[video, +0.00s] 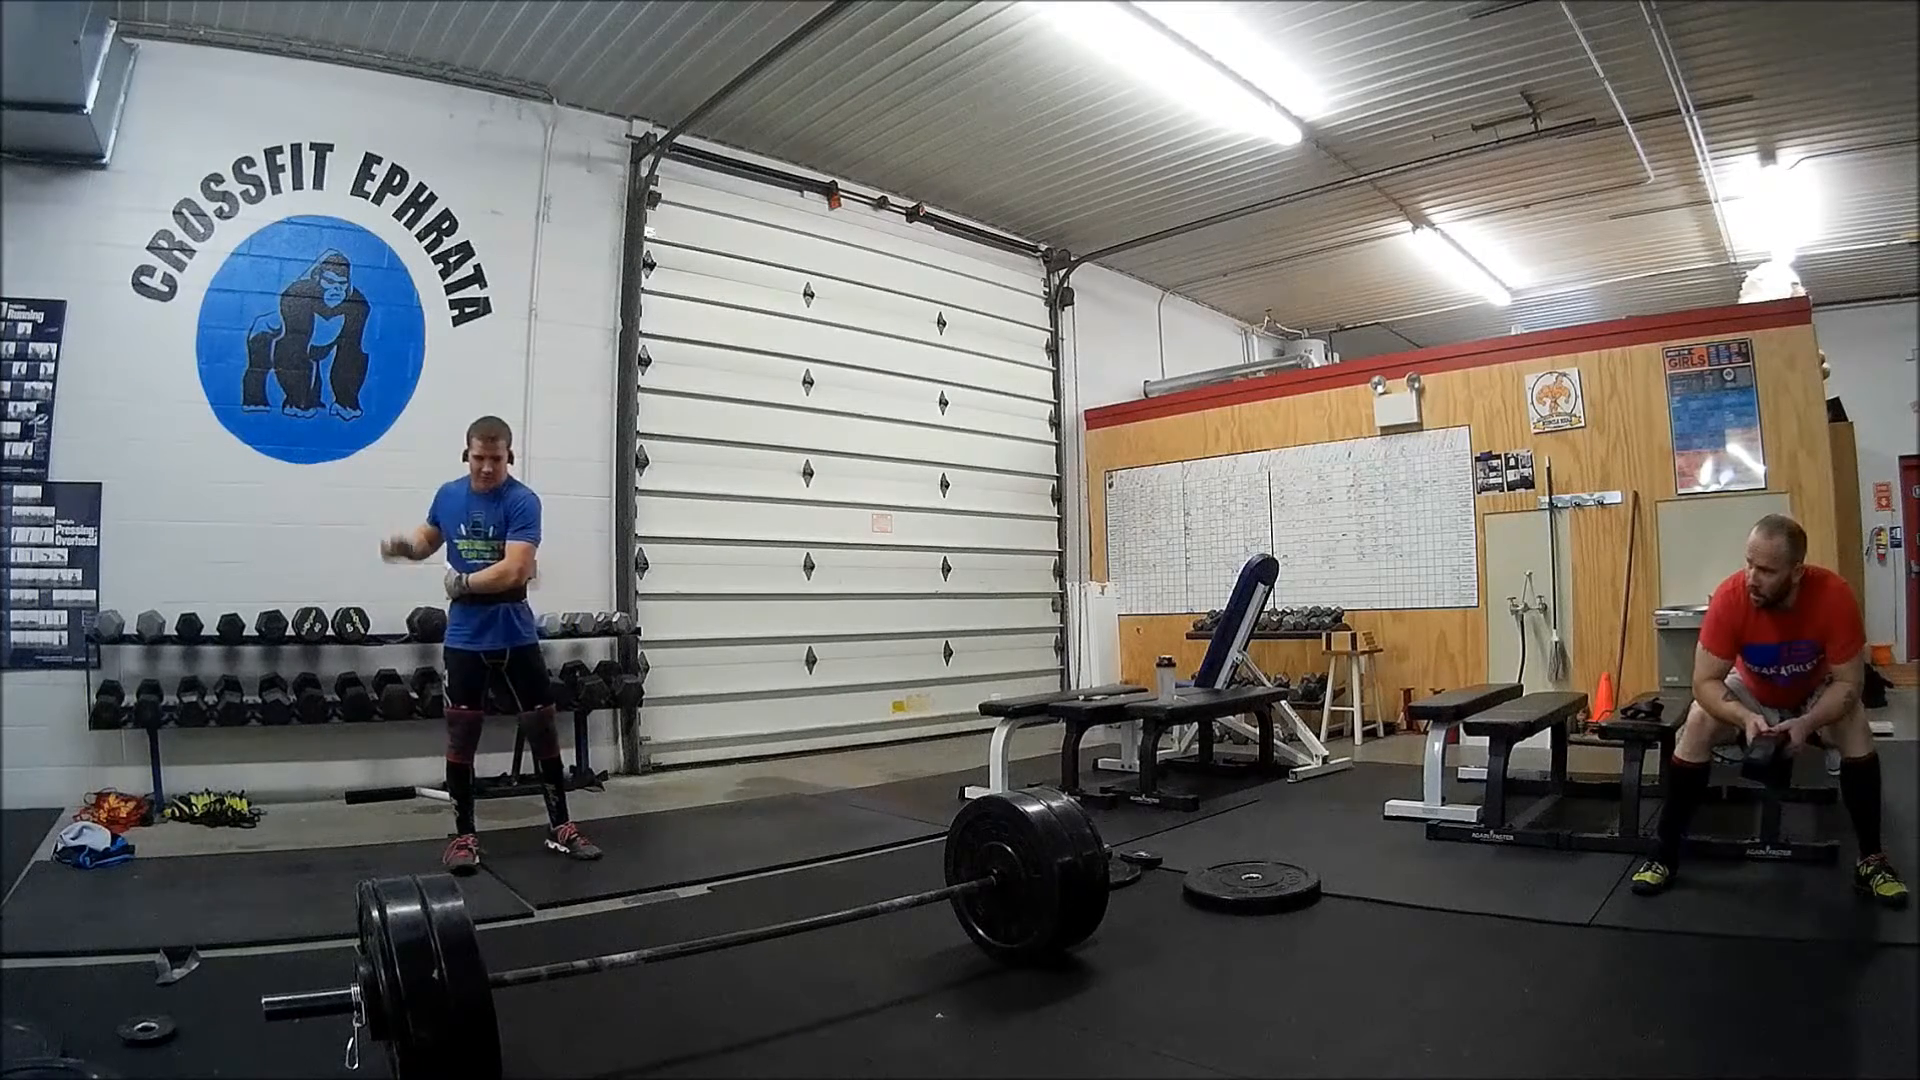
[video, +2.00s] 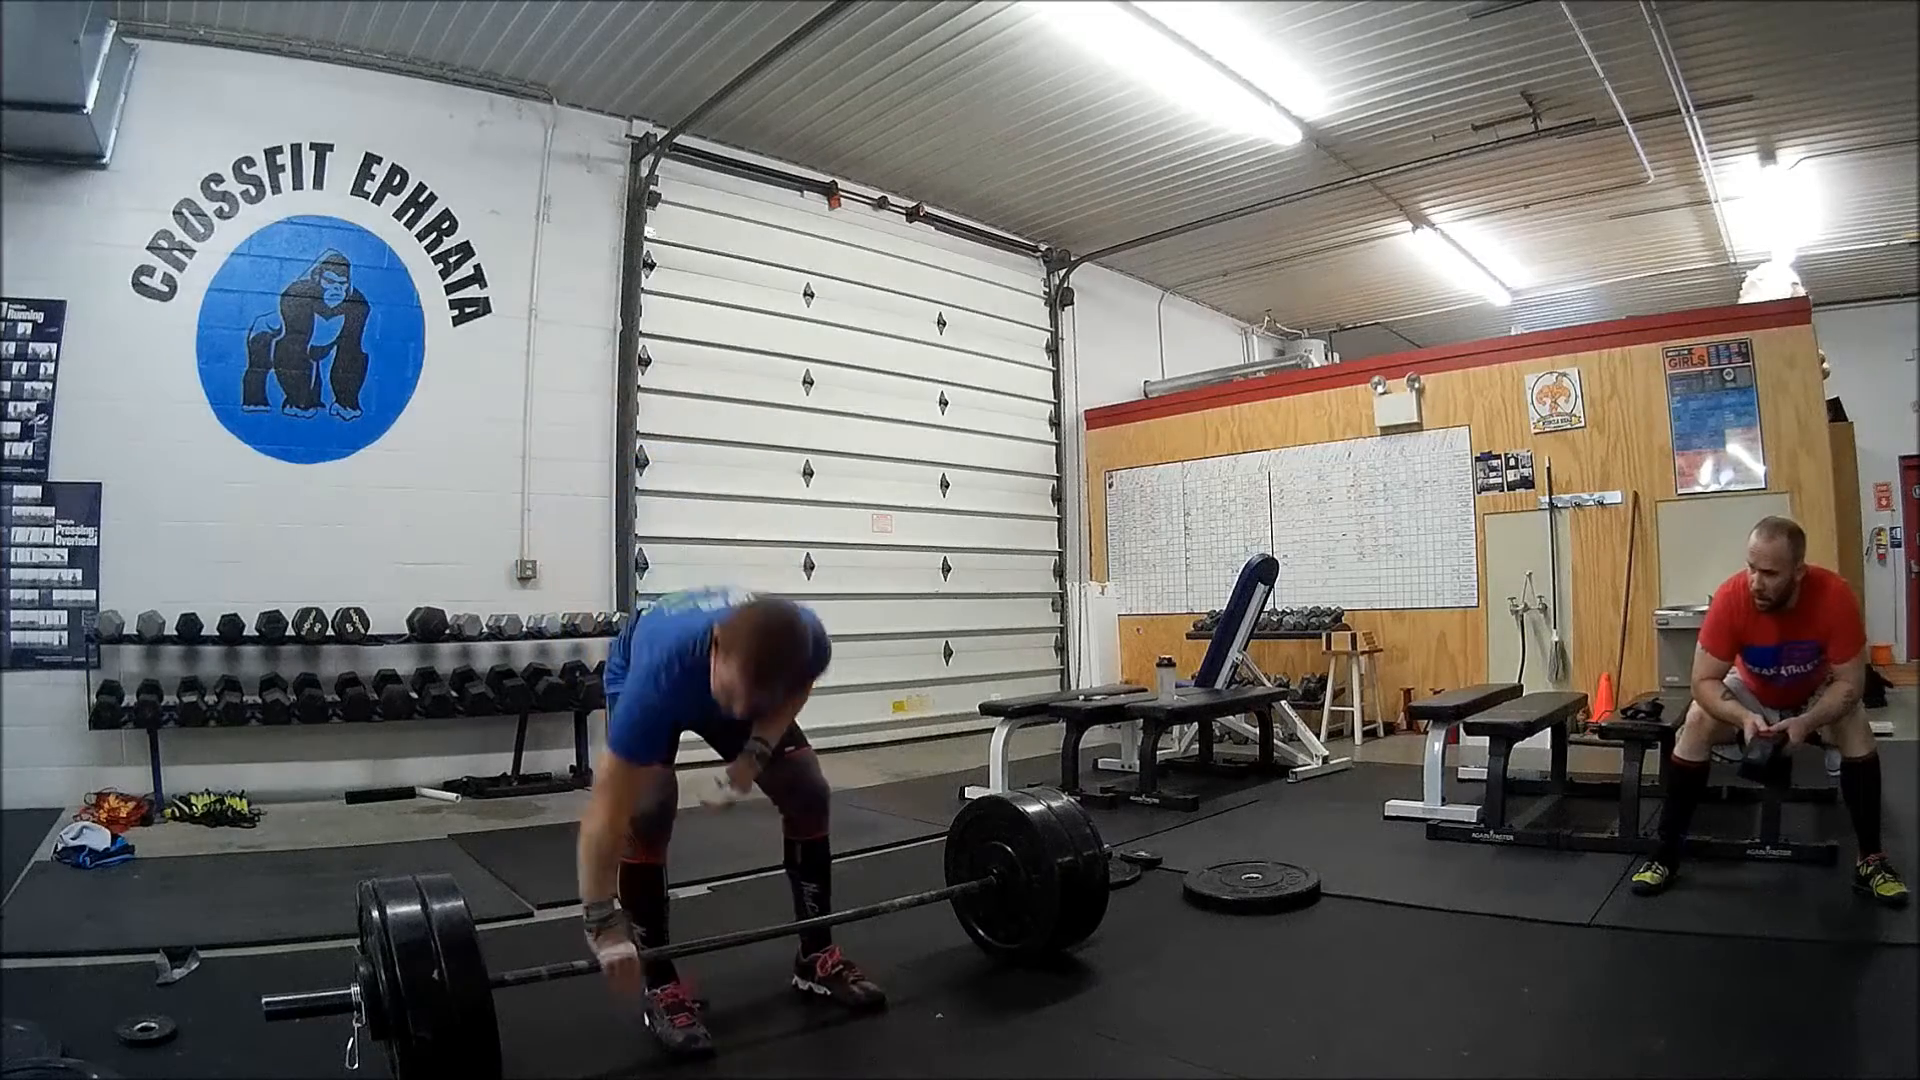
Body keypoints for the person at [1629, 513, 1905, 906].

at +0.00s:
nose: (1753, 579)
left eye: (1766, 571)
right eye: (1750, 565)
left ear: (1797, 569)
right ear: (1746, 558)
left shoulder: (1833, 595)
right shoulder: (1730, 597)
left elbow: (1849, 682)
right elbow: (1705, 683)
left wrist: (1807, 723)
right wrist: (1744, 717)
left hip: (1815, 695)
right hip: (1750, 693)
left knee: (1854, 722)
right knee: (1698, 721)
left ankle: (1871, 859)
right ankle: (1664, 856)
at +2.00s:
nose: (1757, 583)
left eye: (1770, 574)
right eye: (1752, 569)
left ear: (1798, 570)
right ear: (1747, 561)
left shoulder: (1834, 597)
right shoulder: (1731, 598)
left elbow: (1850, 684)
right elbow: (1703, 682)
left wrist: (1806, 722)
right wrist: (1742, 717)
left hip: (1815, 696)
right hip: (1751, 694)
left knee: (1854, 723)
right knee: (1696, 721)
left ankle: (1871, 859)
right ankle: (1665, 856)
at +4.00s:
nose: (1756, 584)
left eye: (1769, 575)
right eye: (1752, 570)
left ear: (1799, 569)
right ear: (1746, 562)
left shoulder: (1834, 595)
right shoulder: (1731, 598)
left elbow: (1850, 682)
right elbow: (1704, 683)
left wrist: (1808, 722)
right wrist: (1743, 718)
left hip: (1816, 695)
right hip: (1752, 694)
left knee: (1855, 723)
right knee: (1697, 721)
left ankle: (1871, 860)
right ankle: (1664, 857)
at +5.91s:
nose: (1759, 583)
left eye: (1771, 573)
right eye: (1753, 569)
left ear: (1800, 569)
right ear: (1747, 560)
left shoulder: (1834, 595)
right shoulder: (1732, 597)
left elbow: (1851, 681)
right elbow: (1705, 682)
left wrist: (1813, 722)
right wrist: (1742, 722)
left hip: (1816, 694)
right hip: (1752, 693)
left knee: (1854, 724)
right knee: (1698, 721)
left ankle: (1871, 860)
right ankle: (1664, 857)